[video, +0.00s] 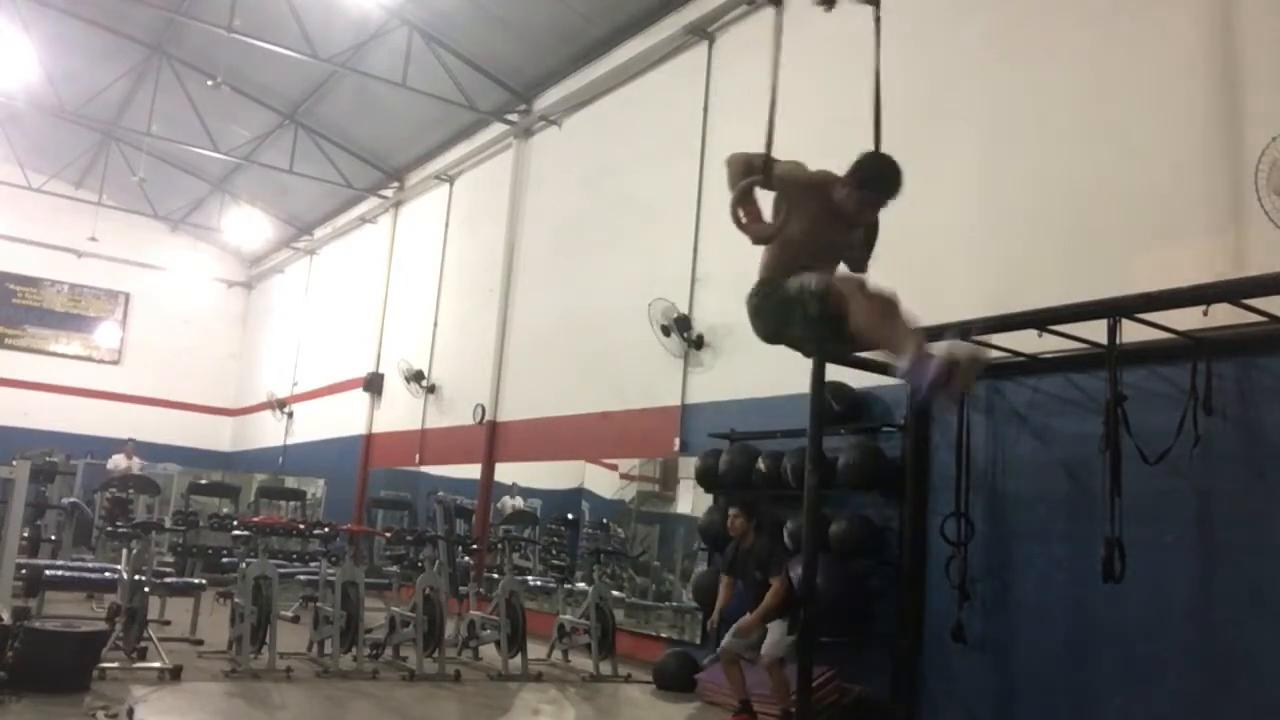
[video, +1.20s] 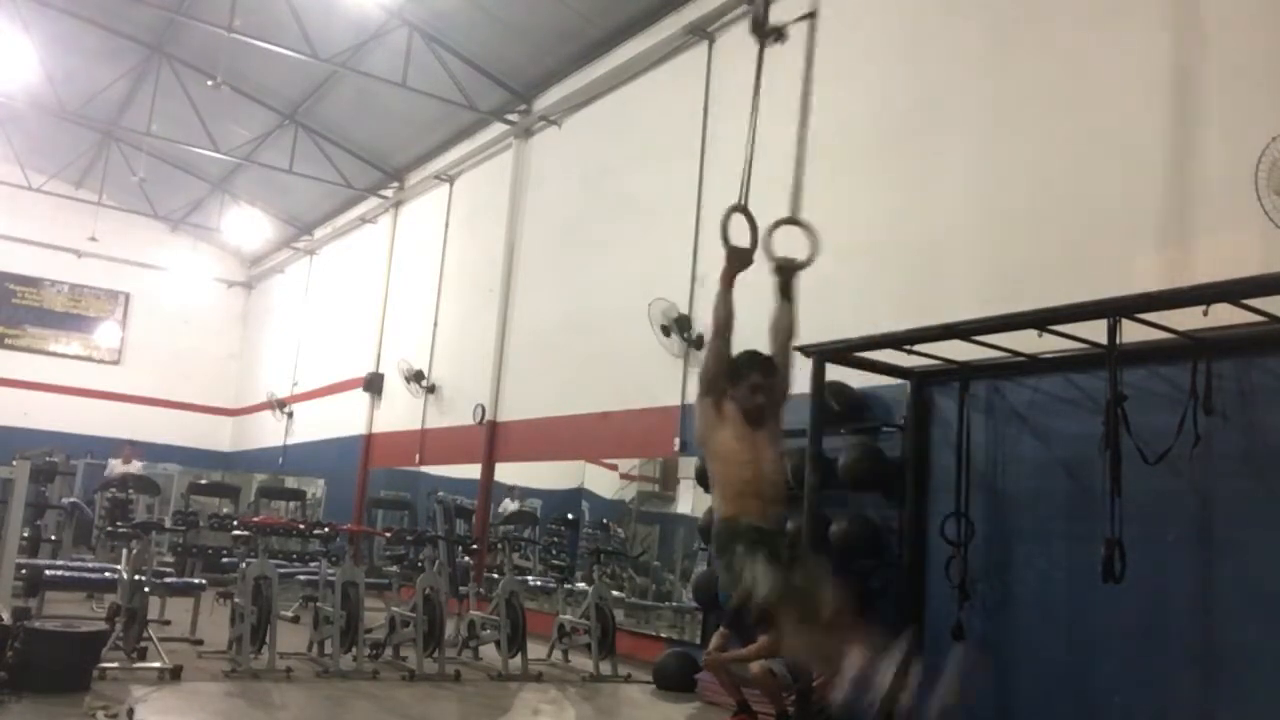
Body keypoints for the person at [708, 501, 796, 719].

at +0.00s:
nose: (730, 523)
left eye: (736, 518)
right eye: (729, 518)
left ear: (750, 521)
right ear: (728, 521)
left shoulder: (768, 545)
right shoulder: (733, 549)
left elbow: (780, 586)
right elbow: (726, 583)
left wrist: (755, 619)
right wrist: (716, 612)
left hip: (781, 611)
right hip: (754, 610)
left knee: (770, 659)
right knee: (727, 652)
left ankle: (785, 712)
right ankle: (745, 708)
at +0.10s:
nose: (727, 539)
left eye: (733, 534)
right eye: (726, 534)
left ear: (747, 537)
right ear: (724, 536)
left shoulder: (765, 559)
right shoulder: (731, 564)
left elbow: (775, 601)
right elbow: (723, 599)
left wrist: (743, 631)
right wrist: (714, 624)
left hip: (784, 622)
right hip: (758, 624)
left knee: (764, 663)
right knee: (723, 655)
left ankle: (785, 712)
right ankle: (745, 708)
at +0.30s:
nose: (725, 569)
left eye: (731, 563)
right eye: (724, 563)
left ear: (745, 565)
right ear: (722, 565)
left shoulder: (762, 587)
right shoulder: (732, 590)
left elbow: (764, 631)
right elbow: (719, 624)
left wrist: (726, 648)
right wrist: (710, 647)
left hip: (786, 644)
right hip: (759, 645)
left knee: (757, 668)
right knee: (715, 657)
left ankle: (783, 714)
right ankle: (744, 709)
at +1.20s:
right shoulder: (739, 603)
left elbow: (767, 646)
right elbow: (723, 633)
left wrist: (722, 658)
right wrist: (712, 652)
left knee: (758, 670)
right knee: (714, 662)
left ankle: (781, 713)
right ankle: (744, 709)